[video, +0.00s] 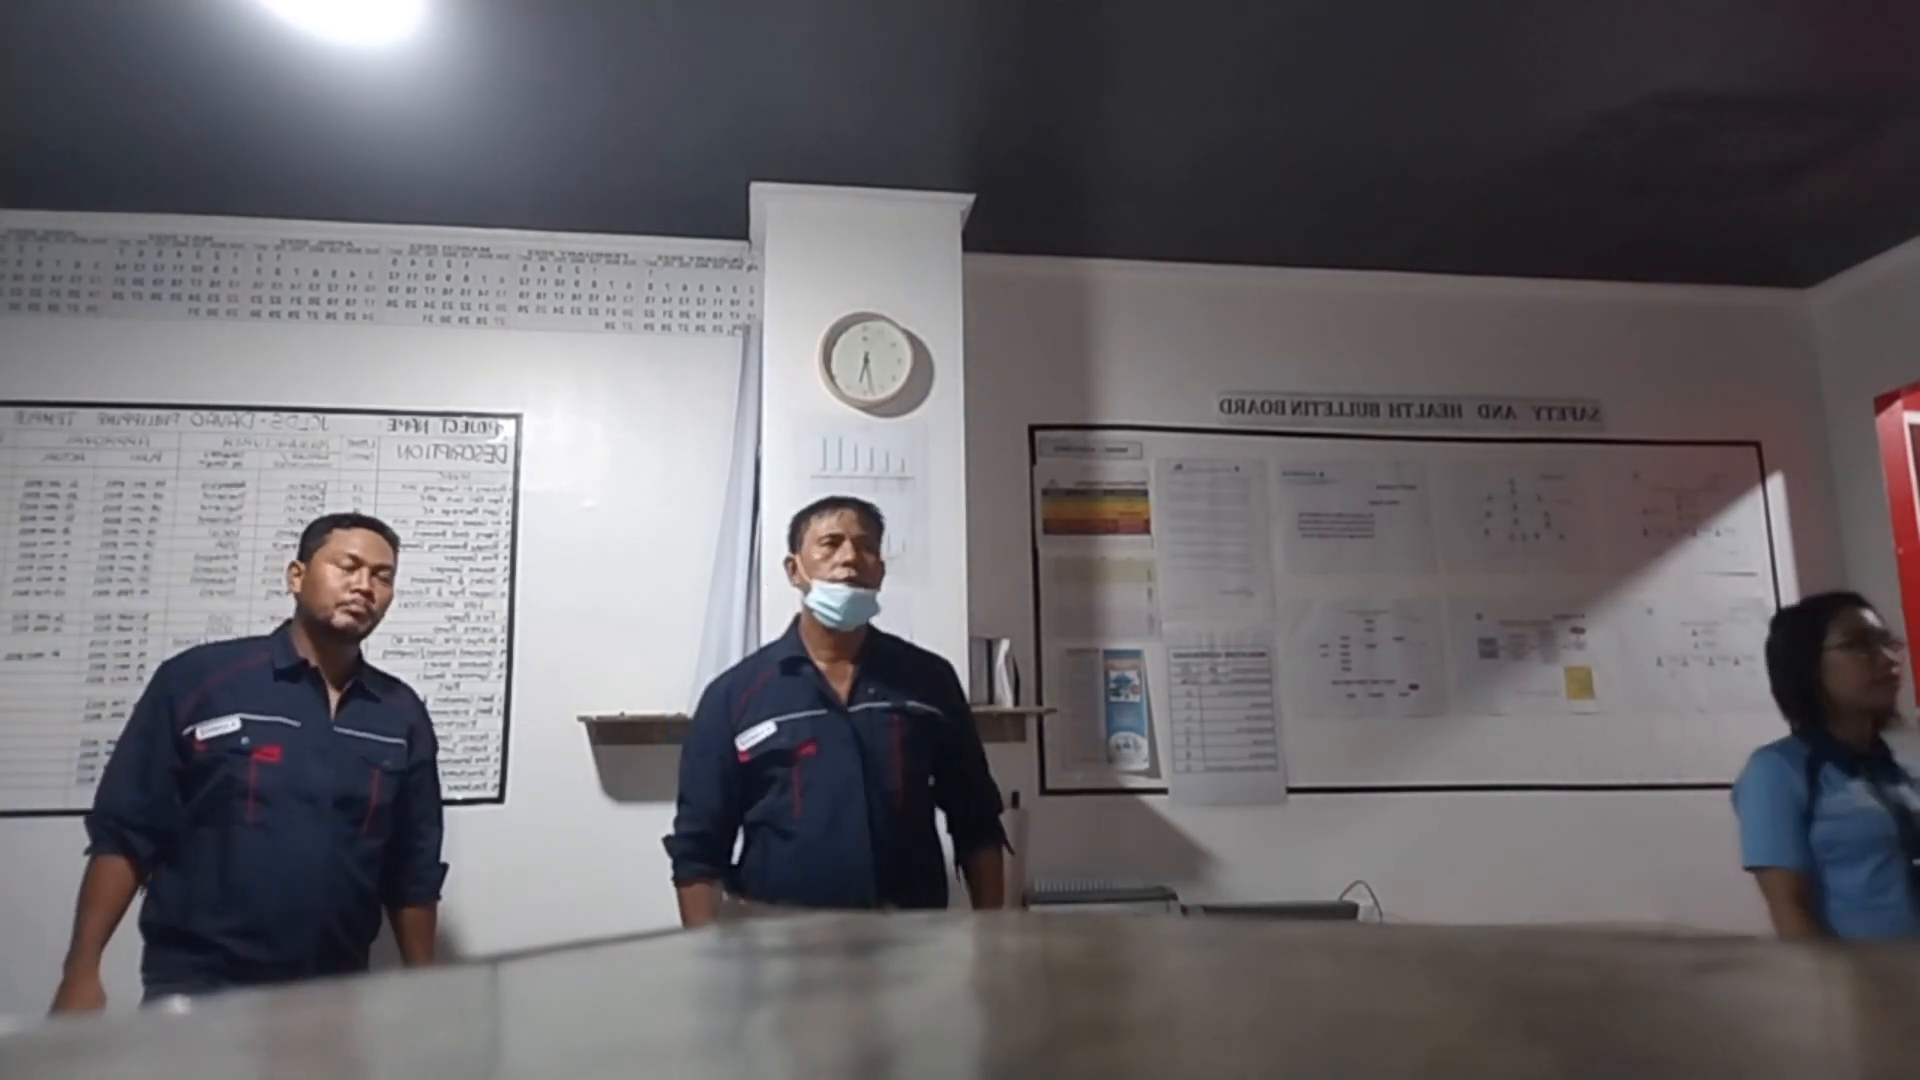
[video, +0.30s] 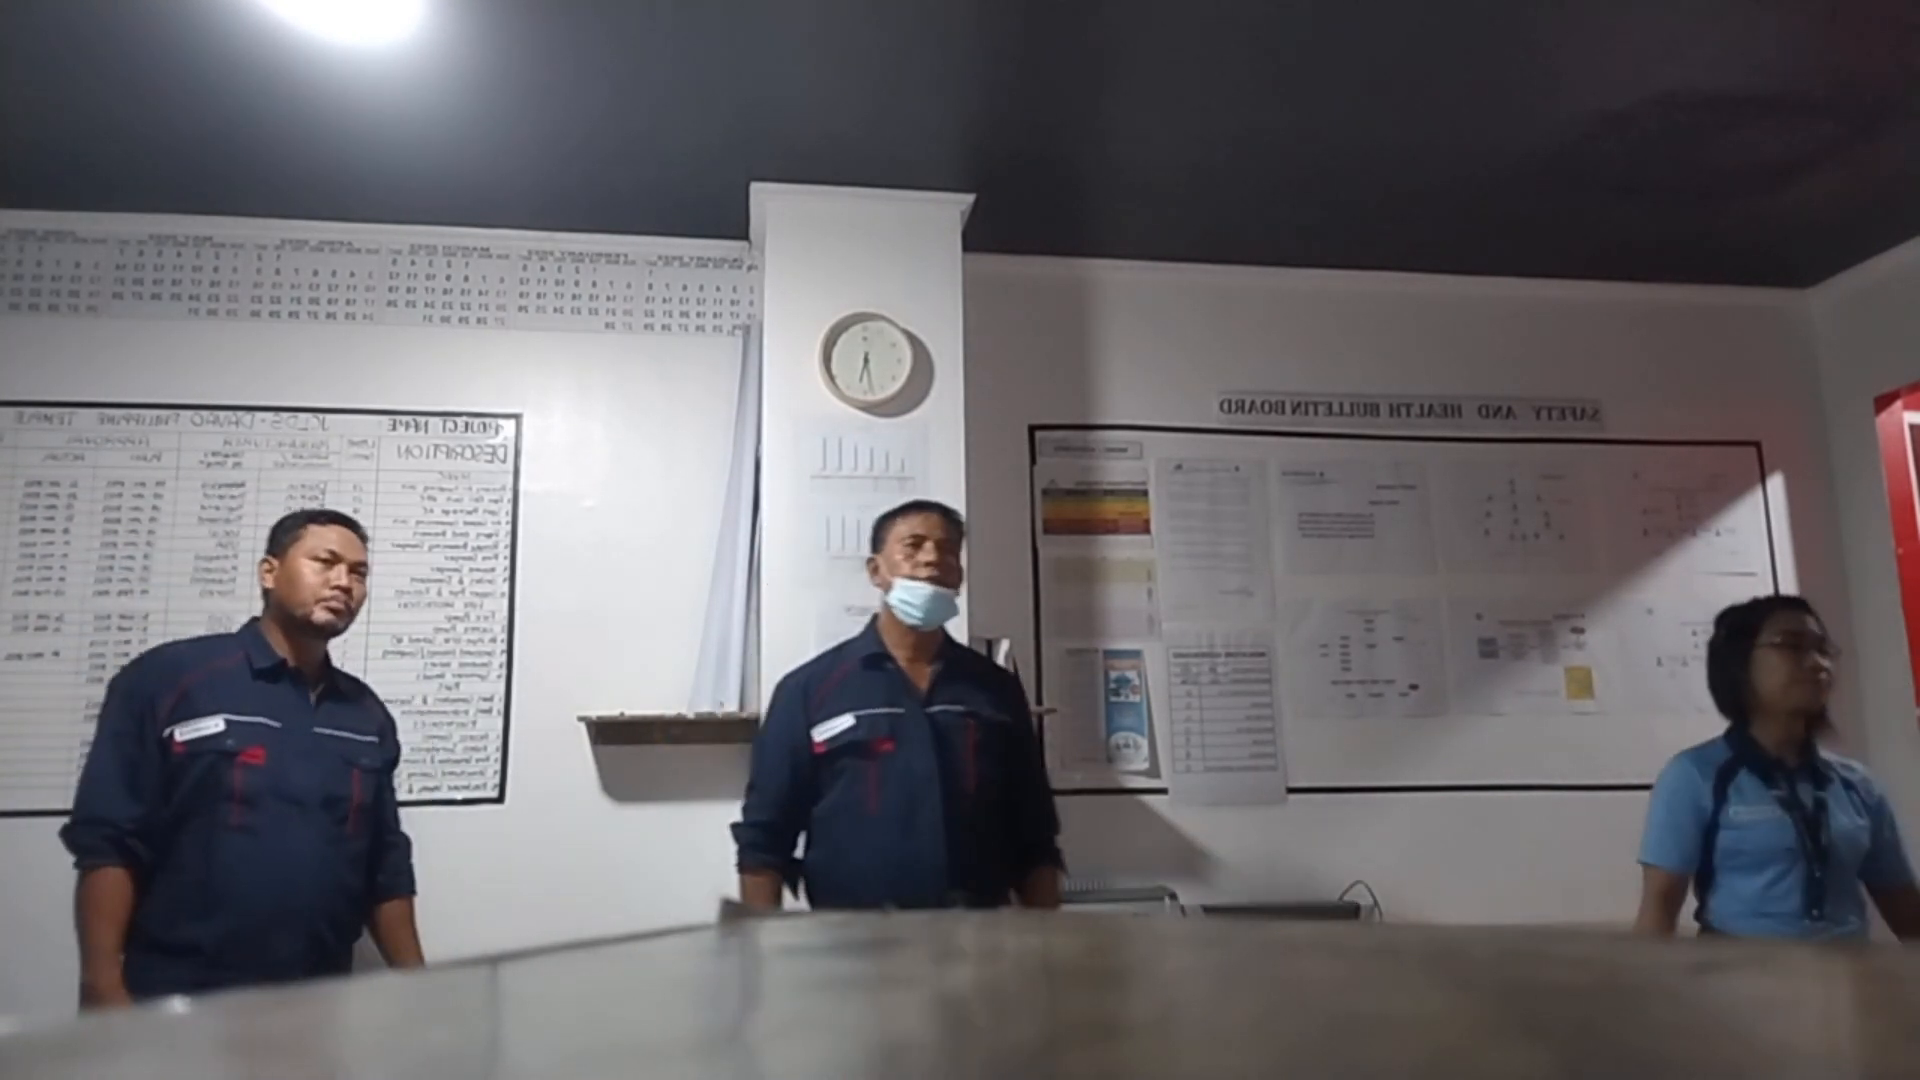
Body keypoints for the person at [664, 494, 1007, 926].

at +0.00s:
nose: (850, 556)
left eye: (865, 546)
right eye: (829, 543)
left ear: (881, 570)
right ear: (795, 570)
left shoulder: (929, 681)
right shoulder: (732, 698)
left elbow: (976, 822)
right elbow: (695, 853)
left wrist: (991, 943)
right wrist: (712, 973)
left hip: (913, 942)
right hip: (782, 945)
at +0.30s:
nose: (933, 560)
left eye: (947, 550)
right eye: (914, 546)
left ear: (960, 575)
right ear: (877, 570)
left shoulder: (998, 691)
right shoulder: (807, 694)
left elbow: (1035, 844)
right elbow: (762, 847)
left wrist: (1047, 957)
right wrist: (767, 965)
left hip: (980, 948)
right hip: (850, 950)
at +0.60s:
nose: (984, 563)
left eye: (1000, 554)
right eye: (967, 549)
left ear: (1013, 579)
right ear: (930, 571)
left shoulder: (1045, 696)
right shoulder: (856, 689)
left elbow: (1088, 834)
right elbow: (810, 830)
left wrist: (1113, 943)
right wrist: (819, 953)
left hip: (1019, 948)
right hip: (892, 948)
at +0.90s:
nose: (995, 568)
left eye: (1012, 558)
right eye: (977, 552)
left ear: (1029, 582)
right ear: (943, 574)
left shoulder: (1058, 701)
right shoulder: (866, 688)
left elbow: (1087, 847)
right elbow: (819, 827)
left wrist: (1090, 952)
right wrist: (822, 951)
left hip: (1022, 954)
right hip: (895, 952)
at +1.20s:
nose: (972, 573)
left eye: (989, 564)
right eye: (956, 556)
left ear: (1004, 588)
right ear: (921, 576)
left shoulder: (1035, 704)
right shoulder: (844, 690)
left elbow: (1062, 857)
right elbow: (795, 832)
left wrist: (1060, 961)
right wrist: (796, 956)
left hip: (1006, 953)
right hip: (878, 952)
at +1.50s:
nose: (919, 567)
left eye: (936, 558)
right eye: (902, 553)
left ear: (949, 584)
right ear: (868, 574)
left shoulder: (992, 693)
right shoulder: (800, 691)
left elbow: (1025, 837)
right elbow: (755, 831)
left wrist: (1033, 948)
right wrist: (757, 950)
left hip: (965, 947)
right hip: (837, 948)